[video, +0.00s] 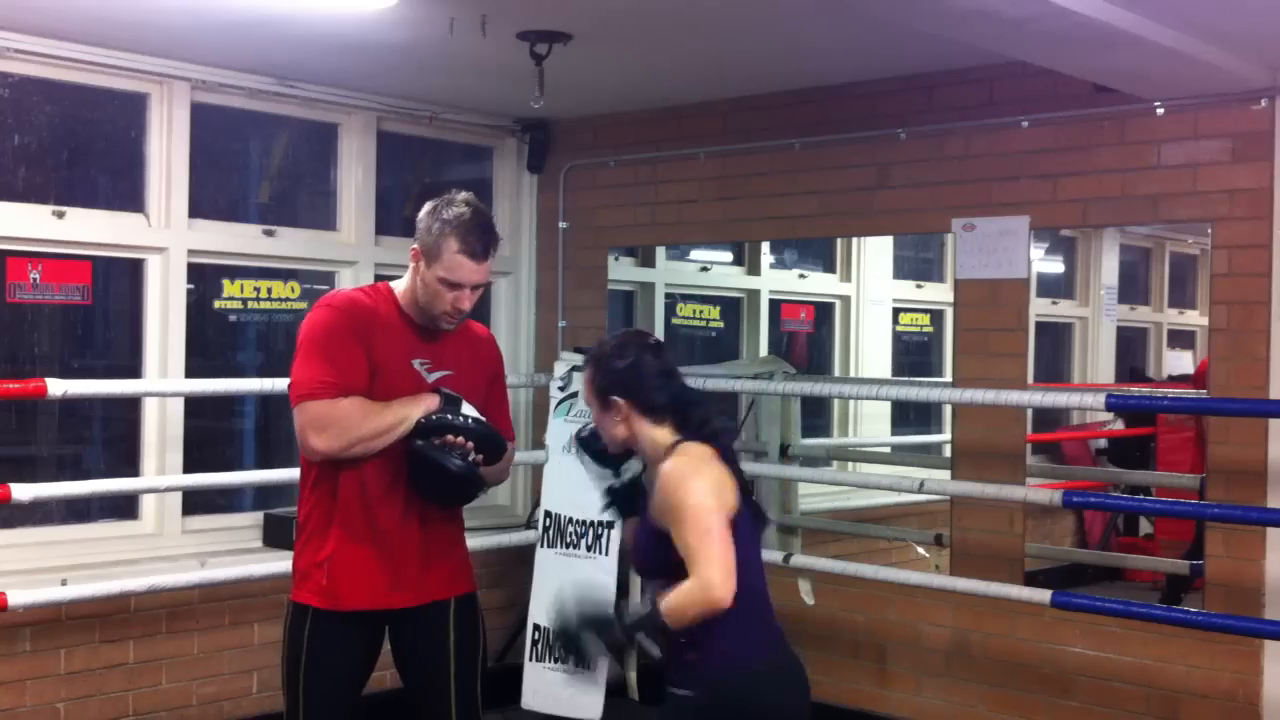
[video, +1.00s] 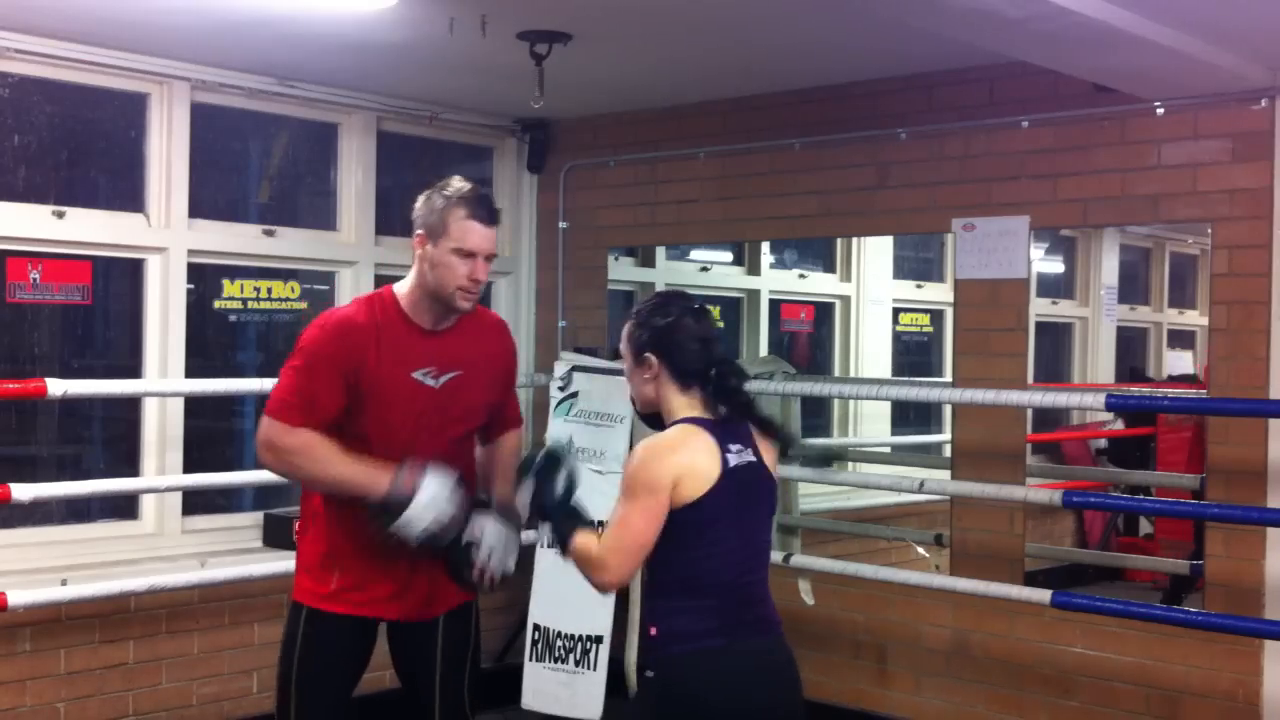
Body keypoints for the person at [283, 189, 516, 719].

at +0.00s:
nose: (465, 303)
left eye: (478, 288)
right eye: (452, 285)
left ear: (489, 272)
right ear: (416, 259)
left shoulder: (478, 345)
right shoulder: (340, 316)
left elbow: (500, 465)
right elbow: (320, 433)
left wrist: (476, 455)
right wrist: (428, 402)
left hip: (439, 579)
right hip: (339, 580)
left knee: (455, 710)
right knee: (318, 713)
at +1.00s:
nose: (480, 274)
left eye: (488, 259)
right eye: (465, 255)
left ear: (494, 257)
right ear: (421, 247)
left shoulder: (492, 338)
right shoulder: (344, 331)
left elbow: (502, 431)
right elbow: (277, 440)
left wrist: (501, 511)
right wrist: (399, 483)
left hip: (442, 585)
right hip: (338, 582)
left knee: (448, 709)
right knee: (307, 711)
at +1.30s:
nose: (431, 264)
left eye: (439, 249)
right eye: (416, 244)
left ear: (444, 253)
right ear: (370, 241)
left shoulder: (446, 342)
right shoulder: (290, 334)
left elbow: (483, 430)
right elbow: (224, 442)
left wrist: (485, 477)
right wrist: (329, 469)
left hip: (400, 587)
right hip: (297, 583)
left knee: (419, 711)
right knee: (263, 711)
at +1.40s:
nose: (392, 262)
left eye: (399, 247)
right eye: (377, 243)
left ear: (404, 249)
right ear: (330, 240)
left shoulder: (408, 335)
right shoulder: (260, 334)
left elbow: (456, 437)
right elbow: (233, 451)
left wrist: (474, 413)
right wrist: (327, 393)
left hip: (376, 584)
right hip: (273, 588)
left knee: (407, 710)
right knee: (250, 711)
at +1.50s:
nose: (364, 257)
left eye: (370, 243)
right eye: (348, 240)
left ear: (378, 243)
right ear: (300, 237)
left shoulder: (383, 329)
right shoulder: (239, 326)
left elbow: (454, 417)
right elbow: (245, 434)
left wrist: (455, 337)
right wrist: (308, 337)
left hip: (359, 577)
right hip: (257, 579)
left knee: (396, 710)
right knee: (242, 712)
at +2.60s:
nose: (307, 260)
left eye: (314, 246)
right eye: (292, 245)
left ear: (321, 242)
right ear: (246, 239)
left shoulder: (333, 324)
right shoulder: (193, 324)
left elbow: (386, 421)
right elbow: (180, 414)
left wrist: (396, 372)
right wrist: (253, 318)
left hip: (344, 577)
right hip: (242, 585)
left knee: (375, 709)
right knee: (238, 713)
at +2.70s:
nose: (306, 256)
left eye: (312, 241)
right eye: (290, 239)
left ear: (316, 242)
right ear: (245, 239)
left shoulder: (331, 330)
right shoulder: (188, 333)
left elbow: (369, 424)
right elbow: (180, 435)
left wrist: (402, 438)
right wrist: (255, 335)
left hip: (338, 578)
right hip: (236, 589)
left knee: (371, 708)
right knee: (231, 715)